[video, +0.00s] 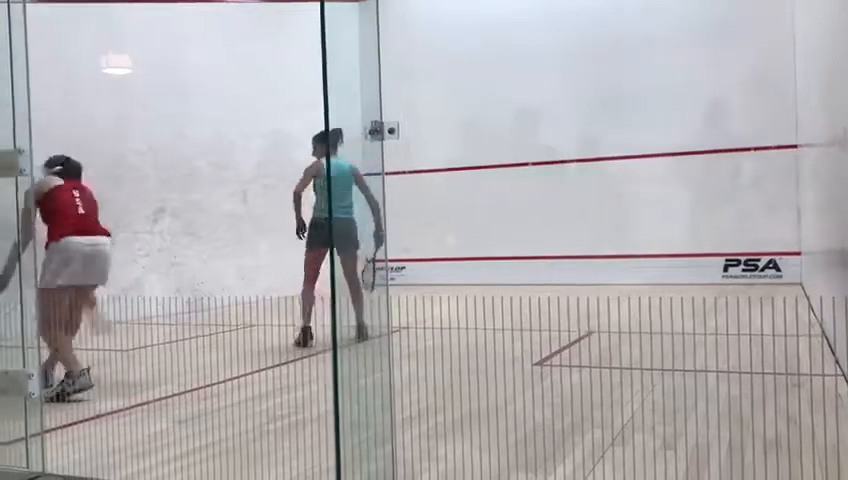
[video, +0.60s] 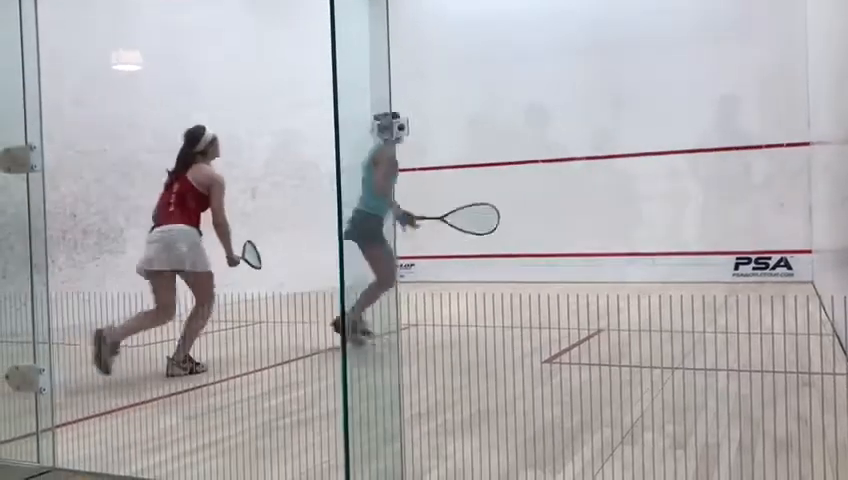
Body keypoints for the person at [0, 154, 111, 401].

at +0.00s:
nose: (44, 178)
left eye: (46, 174)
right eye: (45, 174)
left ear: (54, 173)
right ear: (74, 175)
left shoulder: (44, 185)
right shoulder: (87, 190)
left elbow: (26, 229)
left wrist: (11, 264)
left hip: (66, 248)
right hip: (99, 246)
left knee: (48, 322)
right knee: (72, 315)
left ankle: (77, 373)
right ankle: (48, 368)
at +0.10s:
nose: (64, 152)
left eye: (64, 148)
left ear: (66, 150)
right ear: (92, 149)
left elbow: (38, 224)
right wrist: (147, 252)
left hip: (68, 238)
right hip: (104, 237)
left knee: (59, 318)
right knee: (88, 315)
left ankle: (73, 374)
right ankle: (63, 370)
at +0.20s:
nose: (118, 139)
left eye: (116, 135)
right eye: (116, 135)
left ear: (85, 139)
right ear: (109, 138)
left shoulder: (69, 164)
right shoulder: (123, 161)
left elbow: (58, 211)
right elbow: (144, 204)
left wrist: (66, 243)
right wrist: (158, 244)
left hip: (76, 230)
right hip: (112, 228)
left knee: (69, 307)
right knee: (112, 303)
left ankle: (59, 368)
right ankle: (100, 363)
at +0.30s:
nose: (138, 142)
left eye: (136, 138)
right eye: (135, 139)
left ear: (106, 143)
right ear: (127, 142)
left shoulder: (90, 167)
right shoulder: (138, 170)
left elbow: (81, 206)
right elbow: (154, 218)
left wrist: (85, 235)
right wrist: (167, 255)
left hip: (86, 240)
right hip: (120, 241)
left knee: (74, 310)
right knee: (140, 297)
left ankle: (49, 375)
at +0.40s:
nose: (161, 155)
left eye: (160, 150)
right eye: (159, 151)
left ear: (132, 154)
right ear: (151, 153)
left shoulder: (113, 177)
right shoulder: (158, 179)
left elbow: (117, 221)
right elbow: (169, 227)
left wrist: (152, 239)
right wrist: (184, 265)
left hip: (101, 247)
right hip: (136, 248)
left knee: (82, 312)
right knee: (169, 300)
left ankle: (50, 375)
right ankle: (175, 363)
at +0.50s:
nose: (193, 153)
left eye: (191, 148)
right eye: (190, 149)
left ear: (164, 153)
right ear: (182, 153)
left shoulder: (147, 178)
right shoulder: (185, 181)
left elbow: (149, 220)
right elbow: (193, 228)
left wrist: (174, 247)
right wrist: (205, 263)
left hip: (129, 247)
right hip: (160, 247)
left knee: (112, 313)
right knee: (193, 296)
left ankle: (64, 357)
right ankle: (178, 359)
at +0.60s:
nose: (218, 145)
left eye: (216, 141)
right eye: (215, 142)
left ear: (193, 150)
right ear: (208, 148)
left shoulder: (176, 175)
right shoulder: (212, 177)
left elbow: (160, 212)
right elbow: (219, 221)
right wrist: (230, 253)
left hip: (156, 239)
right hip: (184, 238)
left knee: (164, 311)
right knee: (205, 299)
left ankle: (112, 336)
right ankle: (180, 358)